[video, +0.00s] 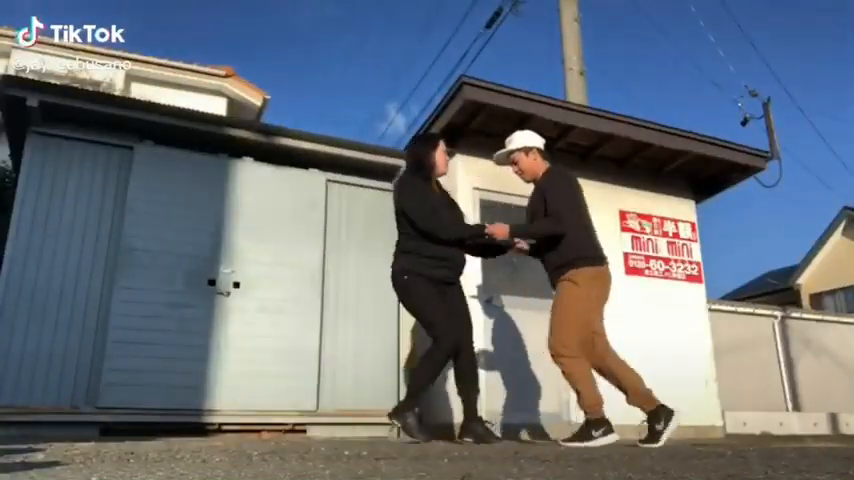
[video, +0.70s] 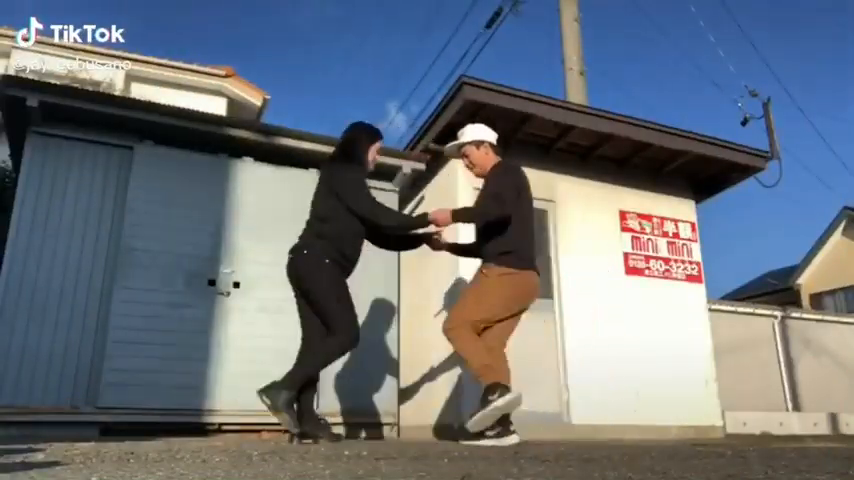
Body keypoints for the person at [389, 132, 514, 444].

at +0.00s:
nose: (447, 159)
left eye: (446, 153)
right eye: (443, 153)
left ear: (428, 156)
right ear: (427, 156)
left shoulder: (440, 194)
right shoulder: (411, 186)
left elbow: (464, 241)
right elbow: (440, 227)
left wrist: (506, 246)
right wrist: (485, 231)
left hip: (445, 279)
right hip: (415, 277)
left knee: (464, 344)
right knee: (447, 338)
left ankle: (472, 420)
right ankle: (406, 408)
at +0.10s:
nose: (446, 156)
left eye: (445, 150)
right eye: (442, 149)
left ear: (424, 150)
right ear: (428, 149)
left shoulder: (419, 181)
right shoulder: (422, 177)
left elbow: (455, 238)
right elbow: (449, 220)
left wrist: (489, 234)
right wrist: (494, 223)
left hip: (419, 270)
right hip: (412, 268)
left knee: (448, 344)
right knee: (438, 341)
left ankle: (473, 415)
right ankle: (402, 414)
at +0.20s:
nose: (445, 154)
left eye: (445, 148)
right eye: (442, 147)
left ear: (418, 146)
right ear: (428, 146)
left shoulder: (404, 176)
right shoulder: (426, 175)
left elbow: (440, 227)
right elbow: (458, 210)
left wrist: (470, 220)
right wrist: (503, 209)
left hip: (388, 259)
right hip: (404, 259)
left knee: (436, 329)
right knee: (422, 331)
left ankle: (432, 411)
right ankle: (402, 414)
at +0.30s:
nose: (439, 152)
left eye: (439, 146)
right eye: (437, 145)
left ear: (408, 143)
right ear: (425, 144)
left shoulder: (390, 169)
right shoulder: (422, 173)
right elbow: (460, 204)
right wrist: (500, 192)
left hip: (367, 253)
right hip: (398, 253)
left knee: (403, 329)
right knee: (408, 331)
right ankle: (405, 415)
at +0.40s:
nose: (428, 154)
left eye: (428, 148)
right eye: (424, 148)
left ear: (393, 145)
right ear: (412, 147)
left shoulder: (377, 171)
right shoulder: (412, 177)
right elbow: (455, 197)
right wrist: (492, 177)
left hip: (352, 253)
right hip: (387, 254)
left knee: (369, 335)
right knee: (399, 334)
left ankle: (324, 404)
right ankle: (400, 418)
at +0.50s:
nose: (413, 154)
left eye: (413, 148)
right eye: (409, 148)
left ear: (380, 146)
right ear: (396, 147)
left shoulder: (366, 174)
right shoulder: (392, 177)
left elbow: (410, 207)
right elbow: (436, 193)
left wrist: (431, 186)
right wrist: (480, 172)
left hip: (334, 258)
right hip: (366, 260)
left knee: (336, 338)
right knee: (390, 334)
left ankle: (308, 417)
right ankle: (398, 418)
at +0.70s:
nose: (377, 158)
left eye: (378, 152)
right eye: (375, 151)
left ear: (353, 146)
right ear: (362, 146)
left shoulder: (342, 178)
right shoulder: (345, 172)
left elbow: (382, 238)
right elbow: (375, 214)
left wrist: (423, 239)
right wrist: (426, 220)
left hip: (310, 263)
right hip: (318, 262)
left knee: (314, 342)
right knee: (346, 335)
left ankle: (307, 418)